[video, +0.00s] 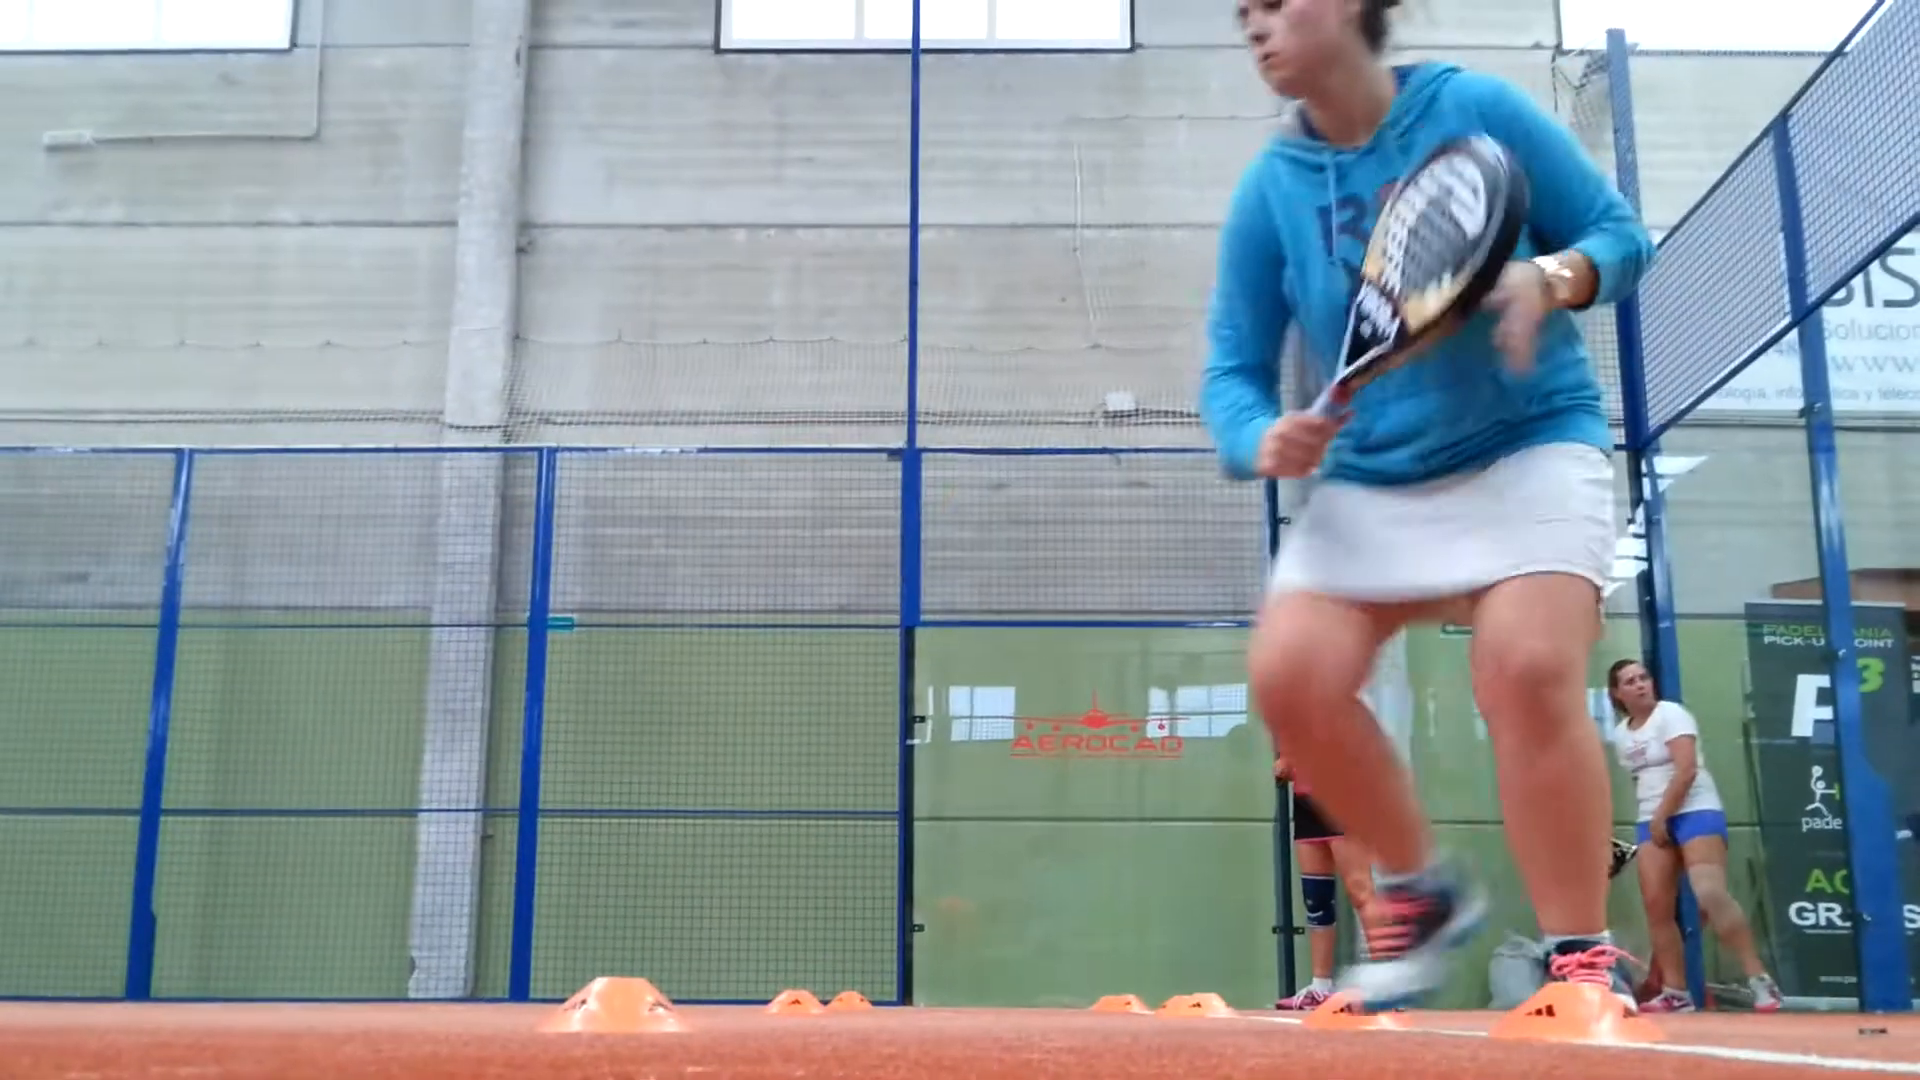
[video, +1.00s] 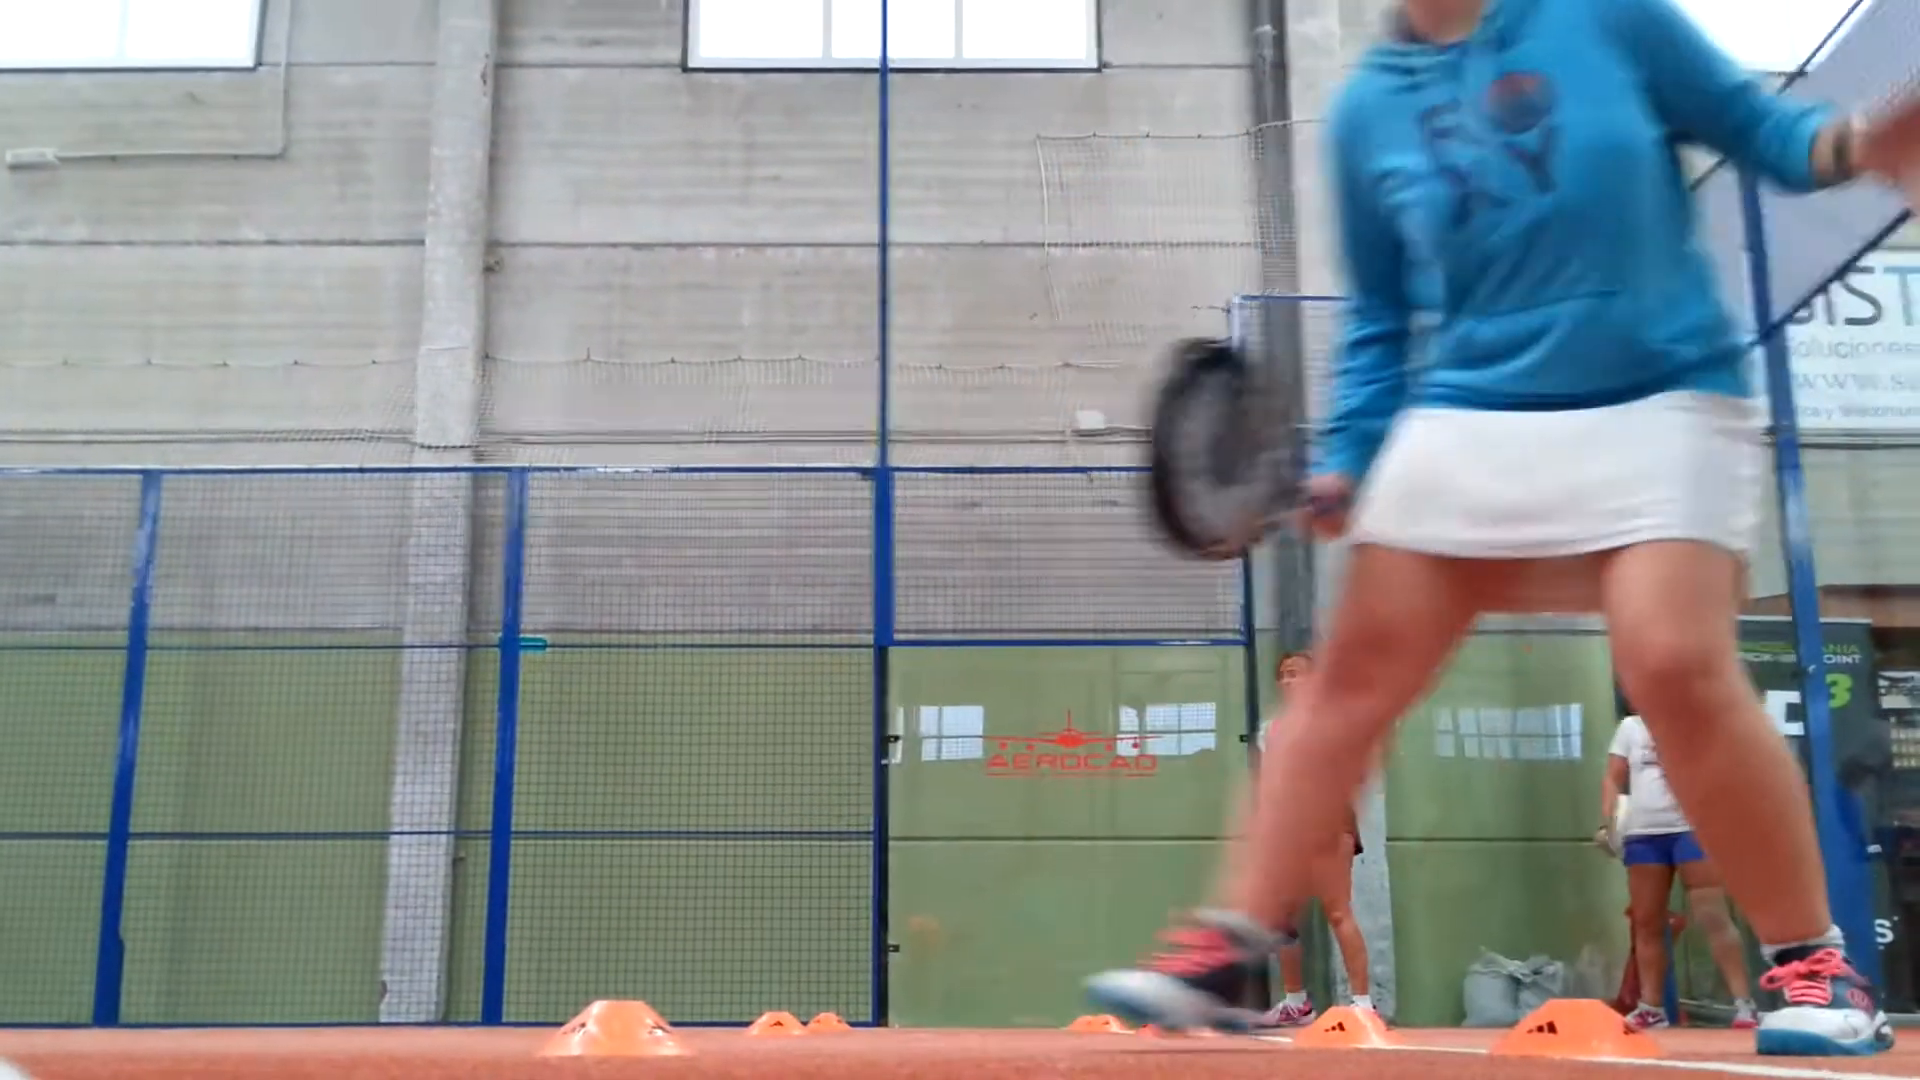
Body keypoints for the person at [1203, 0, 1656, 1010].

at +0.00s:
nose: (1254, 27)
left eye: (1278, 5)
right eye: (1247, 13)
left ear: (1358, 9)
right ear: (1252, 38)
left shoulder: (1475, 112)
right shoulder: (1268, 193)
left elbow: (1622, 235)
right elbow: (1229, 379)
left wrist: (1555, 277)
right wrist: (1260, 438)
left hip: (1529, 449)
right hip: (1368, 481)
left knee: (1527, 670)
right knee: (1288, 676)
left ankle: (1581, 965)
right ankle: (1420, 895)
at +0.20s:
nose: (1100, 92)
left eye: (1116, 52)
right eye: (1087, 71)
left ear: (1202, 34)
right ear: (1093, 85)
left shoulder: (1348, 122)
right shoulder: (1133, 252)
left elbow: (1509, 187)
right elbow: (1070, 430)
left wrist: (1606, 248)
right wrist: (1039, 590)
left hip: (1447, 437)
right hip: (1282, 466)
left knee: (1496, 683)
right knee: (1187, 673)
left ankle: (1574, 966)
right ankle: (1045, 958)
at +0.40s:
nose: (969, 182)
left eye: (984, 145)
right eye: (956, 161)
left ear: (1071, 115)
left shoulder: (1234, 174)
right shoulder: (1025, 339)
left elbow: (1404, 193)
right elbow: (946, 531)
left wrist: (1569, 228)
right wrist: (849, 735)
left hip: (1345, 469)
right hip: (1173, 486)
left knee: (1433, 711)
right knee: (1087, 652)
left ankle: (1518, 974)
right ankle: (1030, 978)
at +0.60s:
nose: (956, 140)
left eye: (974, 103)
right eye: (946, 121)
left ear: (1065, 85)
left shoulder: (1231, 146)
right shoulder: (1014, 312)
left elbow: (1401, 154)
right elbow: (939, 508)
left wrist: (1568, 172)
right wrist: (841, 706)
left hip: (1357, 438)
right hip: (1181, 462)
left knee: (1473, 670)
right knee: (1100, 645)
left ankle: (1562, 919)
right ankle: (1046, 959)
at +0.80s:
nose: (1109, 23)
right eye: (1103, 4)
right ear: (1114, 31)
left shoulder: (1370, 84)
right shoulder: (1130, 212)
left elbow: (1535, 177)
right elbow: (1076, 430)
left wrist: (1707, 247)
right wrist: (1016, 588)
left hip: (1457, 437)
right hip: (1269, 465)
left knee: (1581, 600)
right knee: (1174, 658)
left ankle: (1752, 892)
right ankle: (1050, 972)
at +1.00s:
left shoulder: (1605, 13)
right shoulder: (1364, 108)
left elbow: (1756, 123)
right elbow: (1377, 315)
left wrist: (1849, 144)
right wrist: (1343, 460)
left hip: (1661, 387)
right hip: (1468, 404)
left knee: (1673, 667)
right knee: (1354, 665)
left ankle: (1812, 969)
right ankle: (1232, 951)